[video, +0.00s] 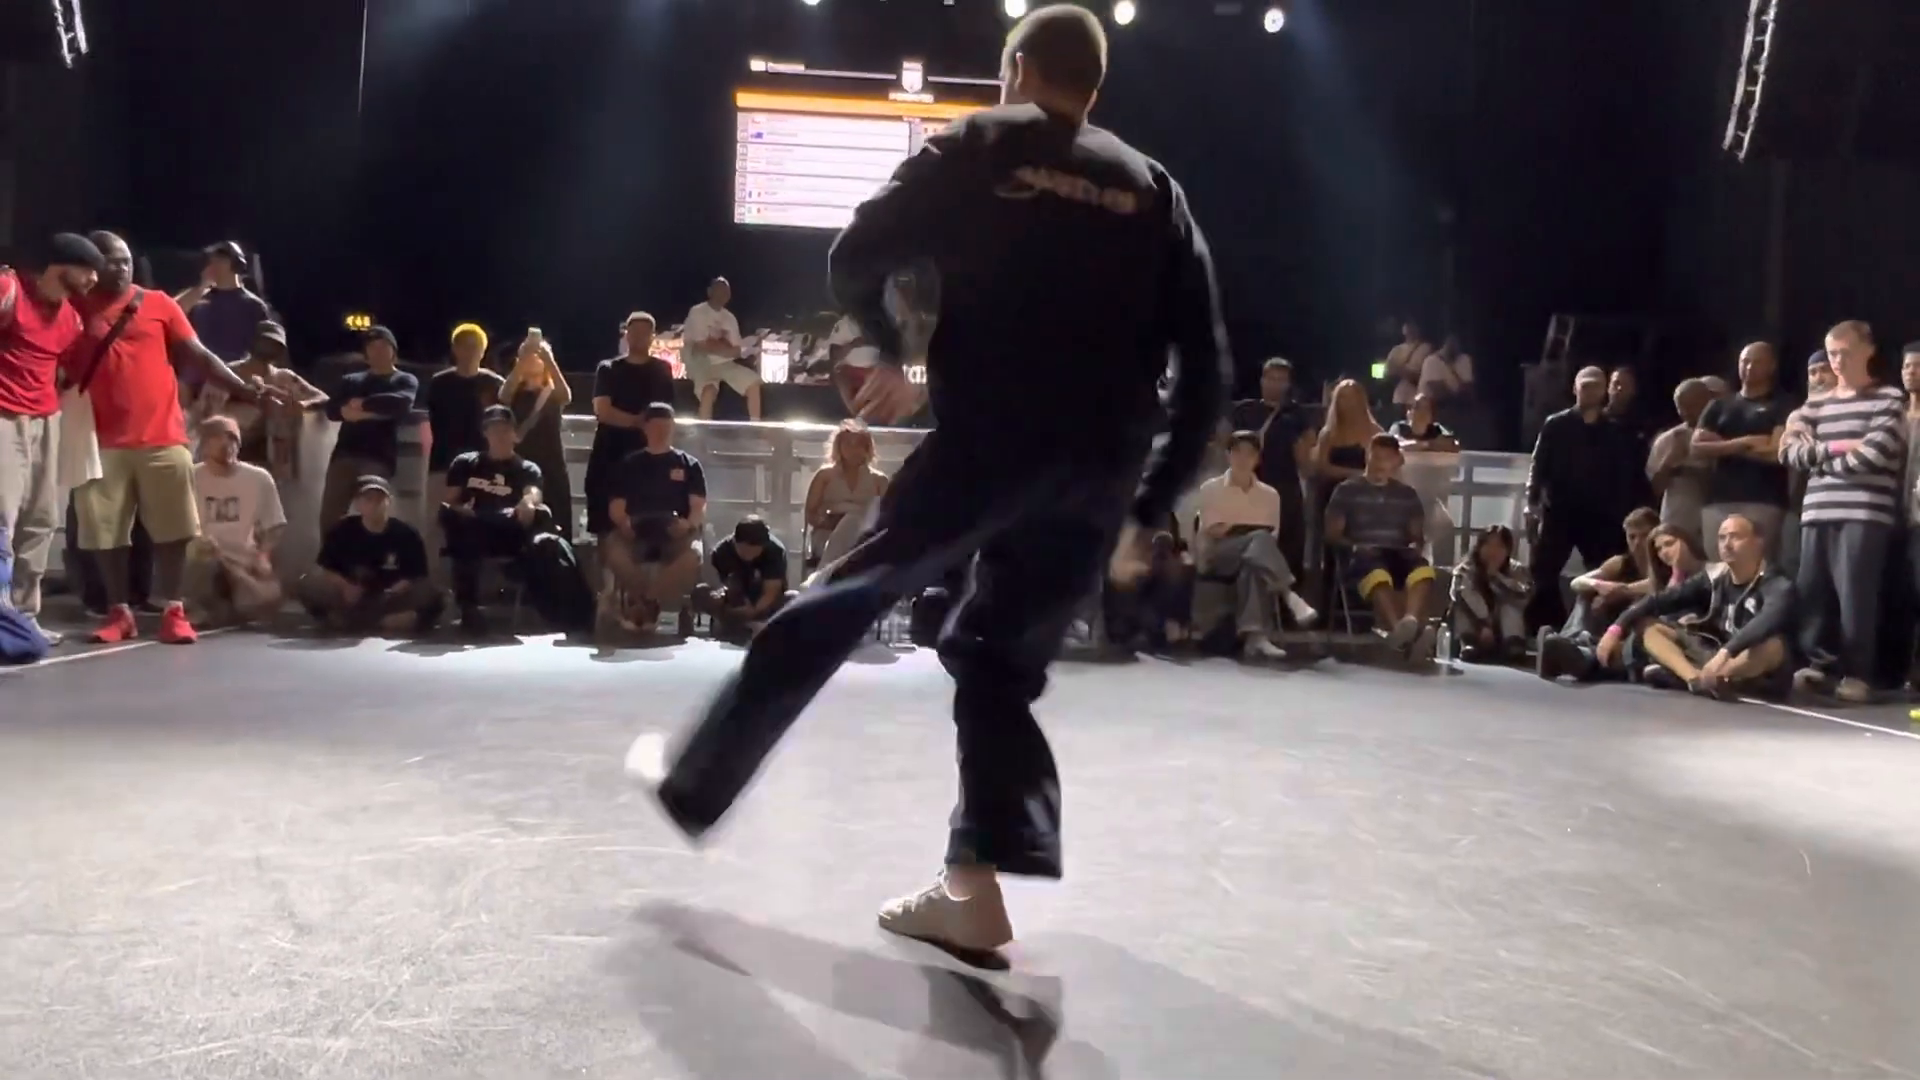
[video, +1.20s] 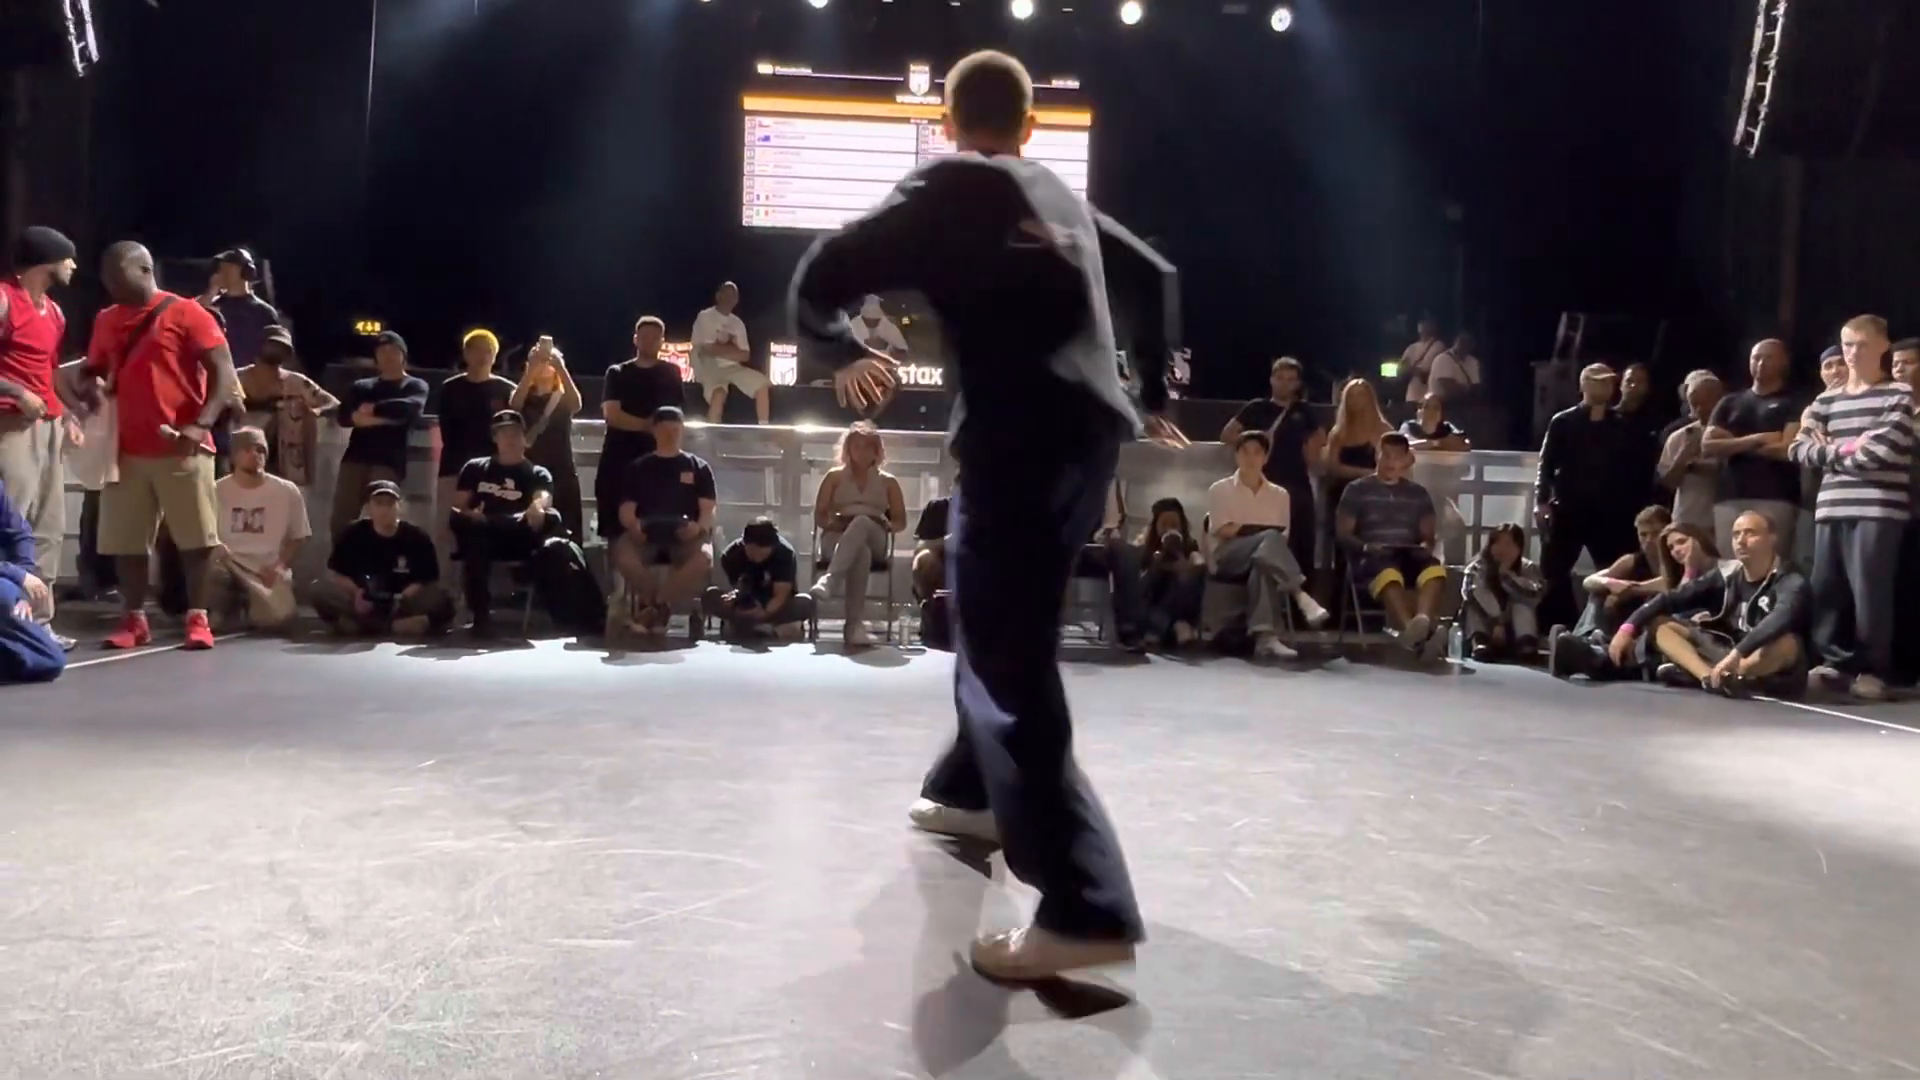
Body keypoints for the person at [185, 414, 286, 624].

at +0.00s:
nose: (228, 447)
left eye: (232, 440)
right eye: (220, 440)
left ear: (238, 444)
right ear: (205, 444)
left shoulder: (259, 479)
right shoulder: (191, 477)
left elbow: (275, 527)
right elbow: (186, 524)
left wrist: (263, 554)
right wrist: (201, 542)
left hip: (244, 560)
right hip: (206, 558)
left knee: (268, 598)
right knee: (199, 548)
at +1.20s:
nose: (255, 455)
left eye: (261, 450)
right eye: (248, 449)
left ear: (266, 455)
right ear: (234, 455)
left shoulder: (287, 491)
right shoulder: (217, 490)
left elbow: (296, 537)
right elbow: (207, 530)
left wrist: (279, 567)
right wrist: (218, 549)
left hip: (268, 567)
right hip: (230, 562)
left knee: (278, 617)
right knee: (214, 570)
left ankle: (248, 608)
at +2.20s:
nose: (268, 443)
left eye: (273, 437)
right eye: (261, 437)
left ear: (278, 442)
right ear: (248, 441)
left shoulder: (299, 478)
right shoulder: (230, 475)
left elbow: (311, 525)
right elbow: (219, 518)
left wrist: (291, 554)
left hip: (279, 559)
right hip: (240, 553)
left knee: (292, 603)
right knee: (227, 540)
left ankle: (251, 600)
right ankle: (219, 604)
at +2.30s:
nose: (269, 441)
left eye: (274, 435)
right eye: (262, 435)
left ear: (279, 441)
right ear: (248, 440)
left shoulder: (300, 477)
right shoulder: (230, 474)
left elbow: (312, 522)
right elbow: (217, 515)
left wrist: (293, 552)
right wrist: (226, 537)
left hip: (279, 557)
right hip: (240, 551)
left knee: (294, 601)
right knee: (226, 539)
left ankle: (254, 598)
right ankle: (225, 601)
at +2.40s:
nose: (269, 440)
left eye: (274, 435)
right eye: (262, 434)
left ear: (280, 440)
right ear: (249, 440)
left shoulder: (301, 476)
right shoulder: (230, 473)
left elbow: (313, 522)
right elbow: (215, 511)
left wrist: (294, 551)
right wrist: (226, 534)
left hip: (279, 556)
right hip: (240, 551)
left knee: (295, 601)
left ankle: (254, 598)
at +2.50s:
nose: (270, 440)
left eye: (275, 434)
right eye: (263, 434)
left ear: (280, 439)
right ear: (249, 439)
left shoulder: (302, 475)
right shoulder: (231, 473)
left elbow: (314, 521)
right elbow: (219, 507)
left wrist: (296, 550)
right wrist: (227, 529)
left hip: (282, 555)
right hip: (242, 550)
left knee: (296, 600)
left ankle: (258, 595)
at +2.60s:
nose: (270, 440)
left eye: (275, 434)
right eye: (263, 434)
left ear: (281, 438)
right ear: (249, 438)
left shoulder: (303, 473)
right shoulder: (231, 473)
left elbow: (315, 520)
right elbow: (221, 510)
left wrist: (297, 548)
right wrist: (229, 530)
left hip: (284, 554)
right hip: (244, 549)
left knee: (297, 597)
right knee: (228, 560)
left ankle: (259, 595)